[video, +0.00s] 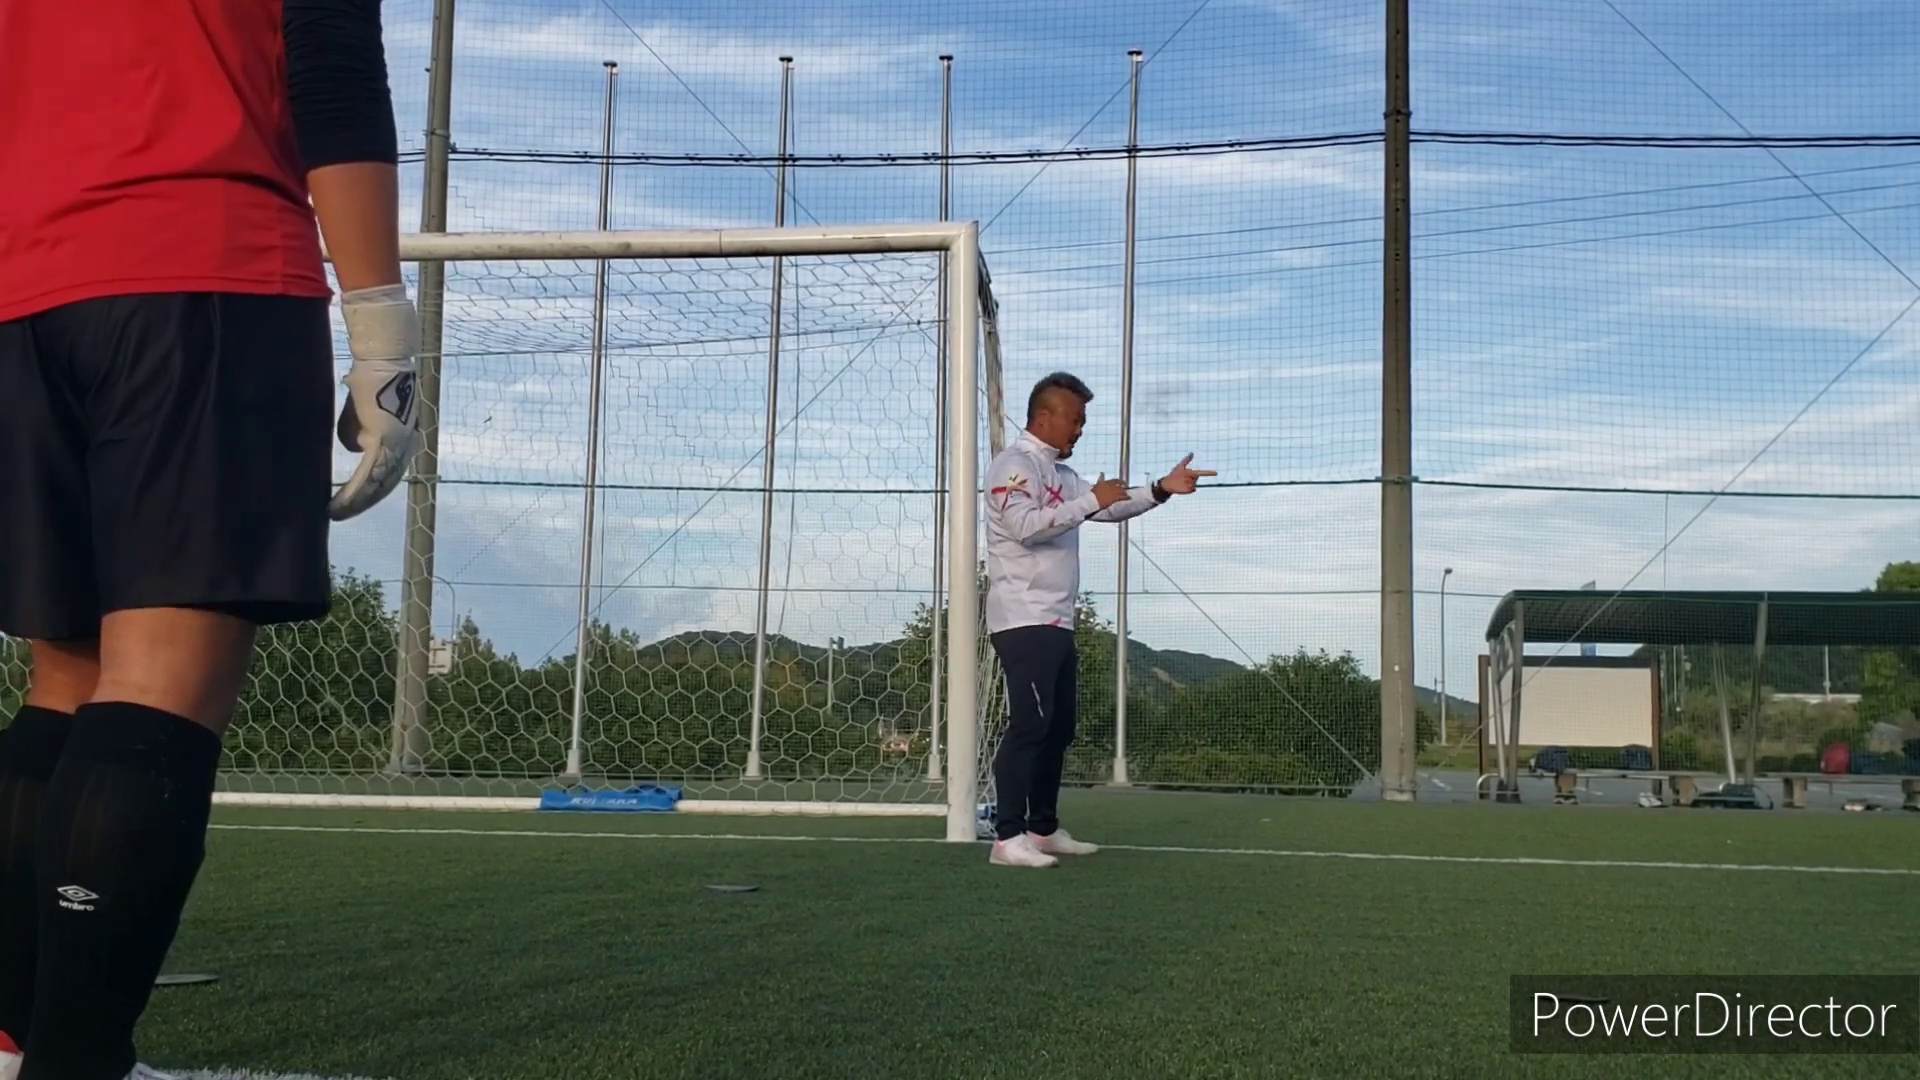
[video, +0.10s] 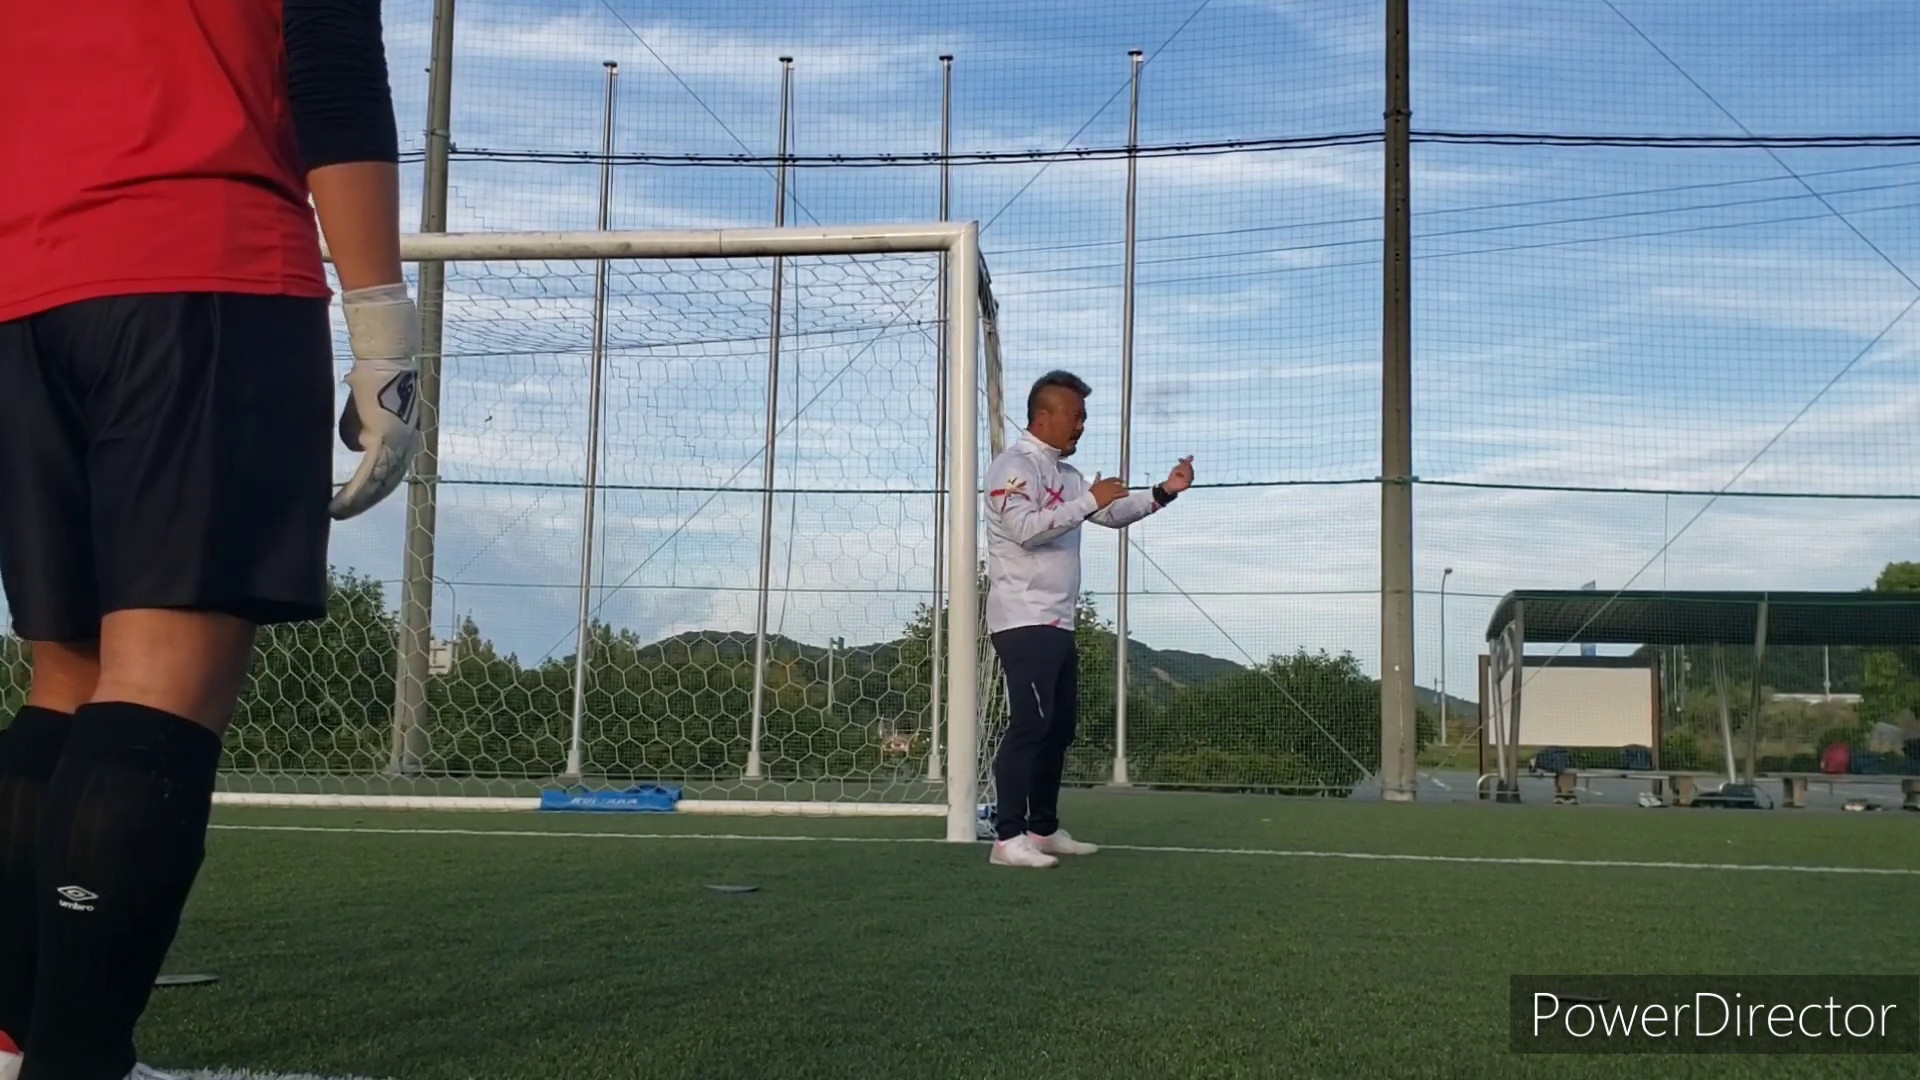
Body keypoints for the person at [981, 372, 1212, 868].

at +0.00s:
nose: (1082, 428)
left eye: (1083, 419)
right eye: (1076, 418)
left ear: (1057, 420)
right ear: (1045, 416)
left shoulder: (1063, 475)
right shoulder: (1014, 464)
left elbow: (1109, 508)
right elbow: (1023, 525)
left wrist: (1162, 488)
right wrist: (1089, 502)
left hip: (1056, 619)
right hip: (1022, 617)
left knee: (1058, 726)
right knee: (1030, 722)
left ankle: (1041, 830)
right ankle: (1008, 839)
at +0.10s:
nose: (1082, 424)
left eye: (1084, 415)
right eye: (1076, 415)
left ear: (1057, 418)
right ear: (1043, 415)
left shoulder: (1069, 476)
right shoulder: (1013, 464)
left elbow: (1113, 513)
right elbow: (1026, 528)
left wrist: (1164, 492)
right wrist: (1089, 502)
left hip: (1057, 620)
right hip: (1022, 617)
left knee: (1059, 726)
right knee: (1032, 723)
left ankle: (1042, 830)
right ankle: (1009, 839)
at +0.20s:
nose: (1082, 419)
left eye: (1083, 411)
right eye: (1074, 411)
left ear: (1068, 415)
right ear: (1040, 414)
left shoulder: (1069, 476)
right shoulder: (1015, 464)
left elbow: (1099, 533)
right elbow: (1021, 531)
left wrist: (1143, 504)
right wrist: (1089, 506)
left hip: (1061, 621)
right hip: (1023, 618)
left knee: (1058, 727)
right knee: (1029, 723)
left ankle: (1043, 830)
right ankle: (1008, 838)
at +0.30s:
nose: (1084, 417)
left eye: (1084, 409)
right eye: (1075, 409)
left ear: (1071, 414)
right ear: (1042, 414)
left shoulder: (1070, 477)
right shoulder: (1018, 463)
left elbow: (1085, 541)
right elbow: (1017, 530)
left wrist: (1129, 520)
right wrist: (1089, 507)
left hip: (1062, 622)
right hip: (1025, 619)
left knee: (1059, 726)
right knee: (1030, 723)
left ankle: (1043, 830)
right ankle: (1008, 838)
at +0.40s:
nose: (1087, 417)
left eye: (1087, 409)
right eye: (1079, 409)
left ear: (1067, 415)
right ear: (1046, 414)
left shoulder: (1070, 477)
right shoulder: (1020, 464)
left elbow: (1077, 543)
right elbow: (1018, 530)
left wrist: (1125, 528)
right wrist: (1090, 510)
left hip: (1062, 622)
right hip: (1027, 619)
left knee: (1060, 726)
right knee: (1031, 723)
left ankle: (1043, 830)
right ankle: (1008, 838)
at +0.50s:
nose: (1089, 416)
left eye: (1088, 408)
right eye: (1081, 408)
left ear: (1064, 414)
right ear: (1049, 414)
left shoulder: (1070, 477)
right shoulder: (1023, 464)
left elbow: (1079, 541)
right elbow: (1026, 530)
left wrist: (1126, 524)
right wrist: (1097, 509)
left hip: (1062, 621)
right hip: (1029, 618)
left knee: (1060, 726)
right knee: (1033, 724)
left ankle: (1043, 830)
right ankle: (1008, 838)